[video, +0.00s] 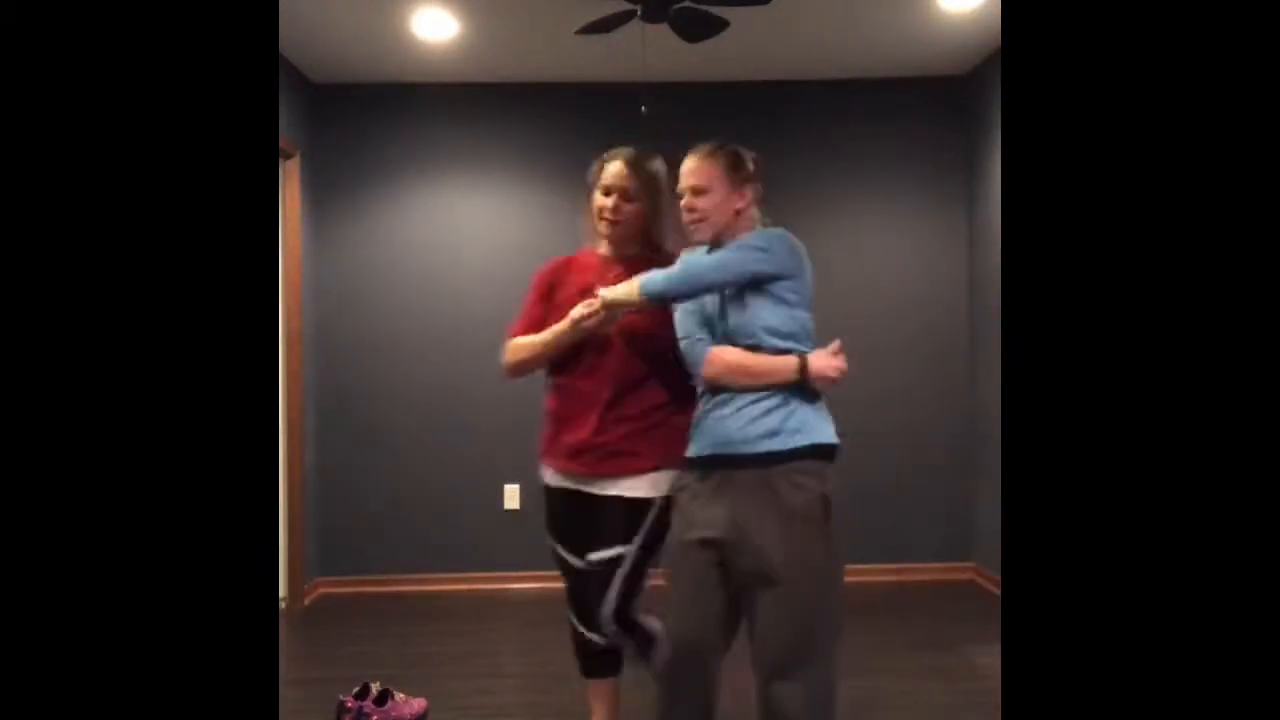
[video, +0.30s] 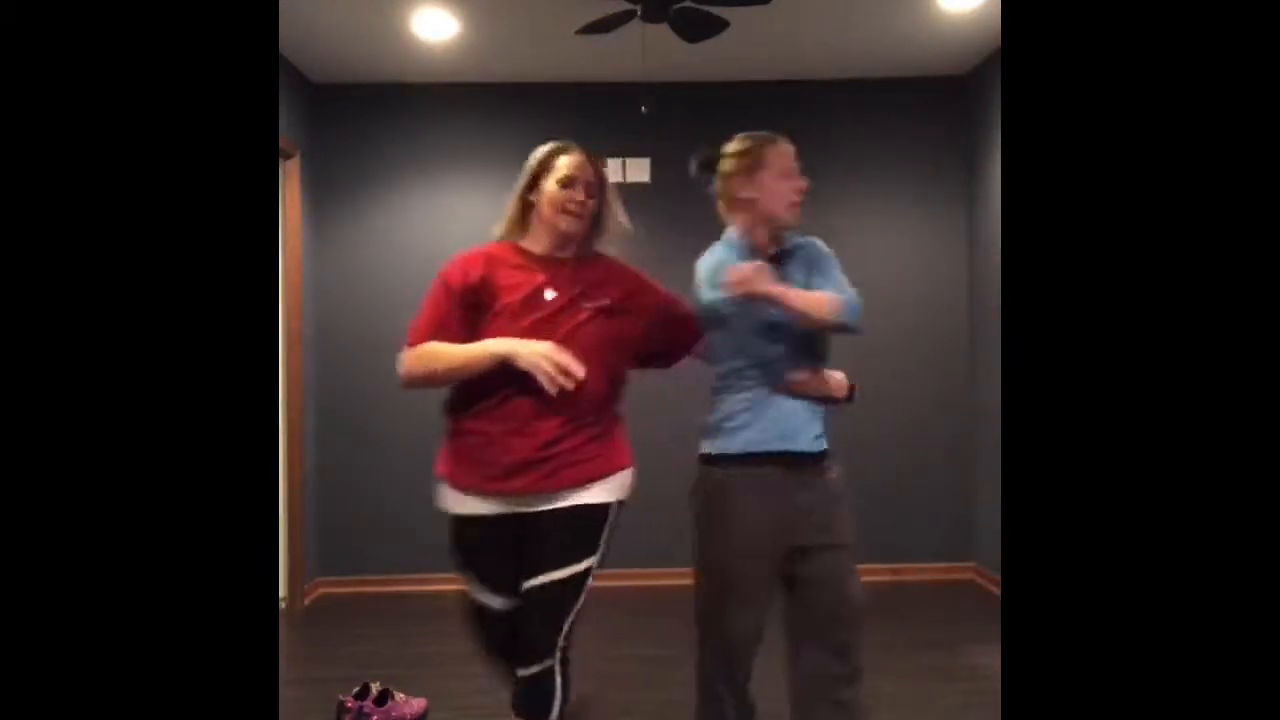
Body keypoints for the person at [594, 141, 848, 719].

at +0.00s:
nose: (686, 207)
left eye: (700, 194)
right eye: (682, 195)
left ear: (744, 198)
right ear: (677, 206)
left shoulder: (778, 248)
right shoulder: (686, 282)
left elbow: (681, 277)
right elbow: (703, 361)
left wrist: (612, 296)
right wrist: (803, 366)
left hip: (786, 472)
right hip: (706, 474)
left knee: (792, 665)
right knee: (684, 653)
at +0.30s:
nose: (802, 186)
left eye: (799, 174)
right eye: (788, 176)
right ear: (743, 189)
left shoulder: (809, 252)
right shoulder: (720, 265)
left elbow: (847, 310)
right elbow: (770, 367)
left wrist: (773, 290)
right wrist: (829, 383)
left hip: (811, 465)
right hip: (739, 467)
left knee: (831, 632)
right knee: (731, 637)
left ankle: (831, 714)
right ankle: (725, 714)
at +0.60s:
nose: (799, 207)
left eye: (801, 198)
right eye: (801, 198)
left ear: (807, 203)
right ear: (868, 204)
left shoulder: (782, 263)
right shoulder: (899, 274)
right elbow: (854, 355)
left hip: (796, 480)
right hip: (876, 480)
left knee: (815, 634)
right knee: (900, 624)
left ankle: (837, 714)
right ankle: (855, 705)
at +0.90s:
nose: (819, 201)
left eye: (834, 189)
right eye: (817, 189)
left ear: (880, 195)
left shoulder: (905, 259)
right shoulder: (833, 272)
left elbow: (858, 335)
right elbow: (776, 349)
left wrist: (795, 308)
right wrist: (701, 322)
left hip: (897, 467)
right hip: (862, 464)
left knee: (824, 611)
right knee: (879, 614)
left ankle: (828, 711)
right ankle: (920, 714)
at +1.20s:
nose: (760, 193)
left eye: (774, 181)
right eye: (748, 181)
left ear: (800, 194)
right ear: (729, 194)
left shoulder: (843, 271)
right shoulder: (706, 288)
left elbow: (905, 373)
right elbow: (701, 400)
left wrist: (901, 480)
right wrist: (610, 415)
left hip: (838, 497)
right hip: (743, 493)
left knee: (809, 668)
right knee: (723, 660)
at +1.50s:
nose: (718, 184)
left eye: (717, 169)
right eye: (703, 168)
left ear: (658, 173)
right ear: (649, 171)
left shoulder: (697, 270)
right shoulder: (585, 270)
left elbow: (683, 392)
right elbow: (577, 404)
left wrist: (710, 494)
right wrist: (579, 526)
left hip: (707, 524)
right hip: (624, 529)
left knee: (755, 692)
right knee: (579, 702)